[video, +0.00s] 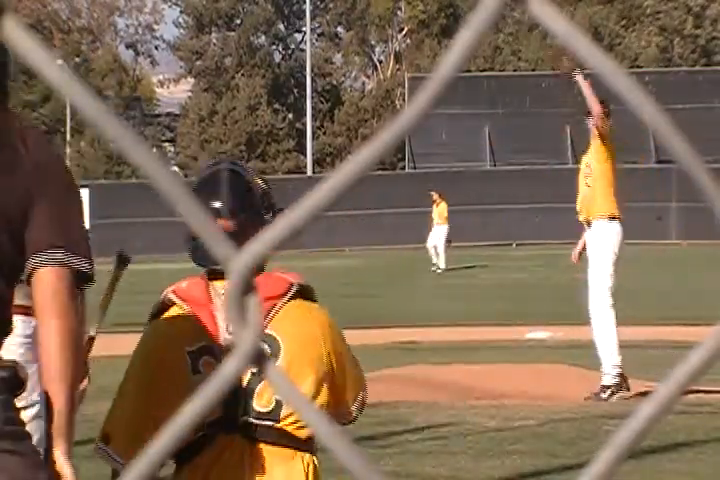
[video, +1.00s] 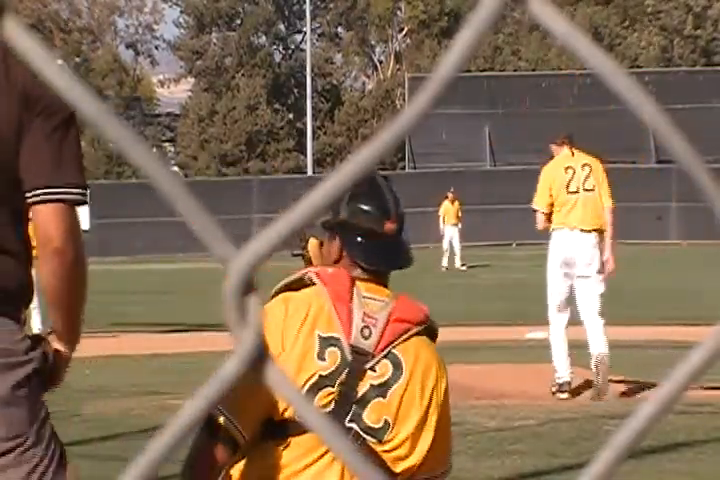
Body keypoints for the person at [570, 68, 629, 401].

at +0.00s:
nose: (592, 121)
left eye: (597, 118)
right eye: (593, 117)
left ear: (602, 123)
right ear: (592, 124)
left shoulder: (600, 148)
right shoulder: (590, 158)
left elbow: (598, 112)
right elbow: (591, 206)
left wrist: (581, 80)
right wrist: (582, 240)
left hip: (605, 226)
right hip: (596, 228)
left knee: (600, 299)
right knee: (597, 299)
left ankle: (612, 373)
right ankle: (610, 372)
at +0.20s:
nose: (580, 105)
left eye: (585, 101)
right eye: (583, 101)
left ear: (595, 106)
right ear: (599, 110)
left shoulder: (593, 119)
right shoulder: (598, 135)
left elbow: (571, 82)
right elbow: (620, 185)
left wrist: (561, 49)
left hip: (596, 209)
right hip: (606, 210)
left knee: (594, 283)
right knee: (604, 284)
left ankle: (600, 360)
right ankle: (605, 359)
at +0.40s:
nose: (573, 119)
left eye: (577, 115)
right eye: (574, 115)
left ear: (590, 118)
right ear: (602, 121)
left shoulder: (584, 133)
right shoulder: (615, 152)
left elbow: (561, 110)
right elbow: (630, 199)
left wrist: (547, 91)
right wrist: (609, 221)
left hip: (588, 223)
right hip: (610, 225)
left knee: (592, 296)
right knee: (608, 296)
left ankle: (603, 370)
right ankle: (609, 366)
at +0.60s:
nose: (579, 132)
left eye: (580, 129)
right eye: (581, 129)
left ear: (584, 128)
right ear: (599, 129)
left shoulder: (572, 145)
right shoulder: (616, 154)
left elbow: (547, 160)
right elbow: (624, 202)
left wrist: (539, 171)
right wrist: (617, 236)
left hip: (582, 225)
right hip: (609, 227)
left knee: (572, 298)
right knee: (606, 300)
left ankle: (591, 364)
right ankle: (610, 365)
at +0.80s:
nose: (566, 143)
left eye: (566, 139)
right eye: (568, 139)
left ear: (566, 139)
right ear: (585, 136)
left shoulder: (557, 164)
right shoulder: (604, 161)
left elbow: (554, 213)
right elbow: (623, 198)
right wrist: (617, 239)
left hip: (570, 233)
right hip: (600, 232)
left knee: (568, 307)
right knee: (605, 305)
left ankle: (561, 375)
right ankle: (609, 367)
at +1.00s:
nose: (551, 152)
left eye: (552, 147)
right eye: (553, 147)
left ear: (556, 146)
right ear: (571, 142)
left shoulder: (549, 170)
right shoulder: (595, 165)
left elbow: (541, 222)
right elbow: (608, 209)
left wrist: (552, 218)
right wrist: (608, 250)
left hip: (560, 239)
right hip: (590, 239)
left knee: (557, 311)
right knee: (591, 310)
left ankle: (562, 376)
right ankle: (600, 355)